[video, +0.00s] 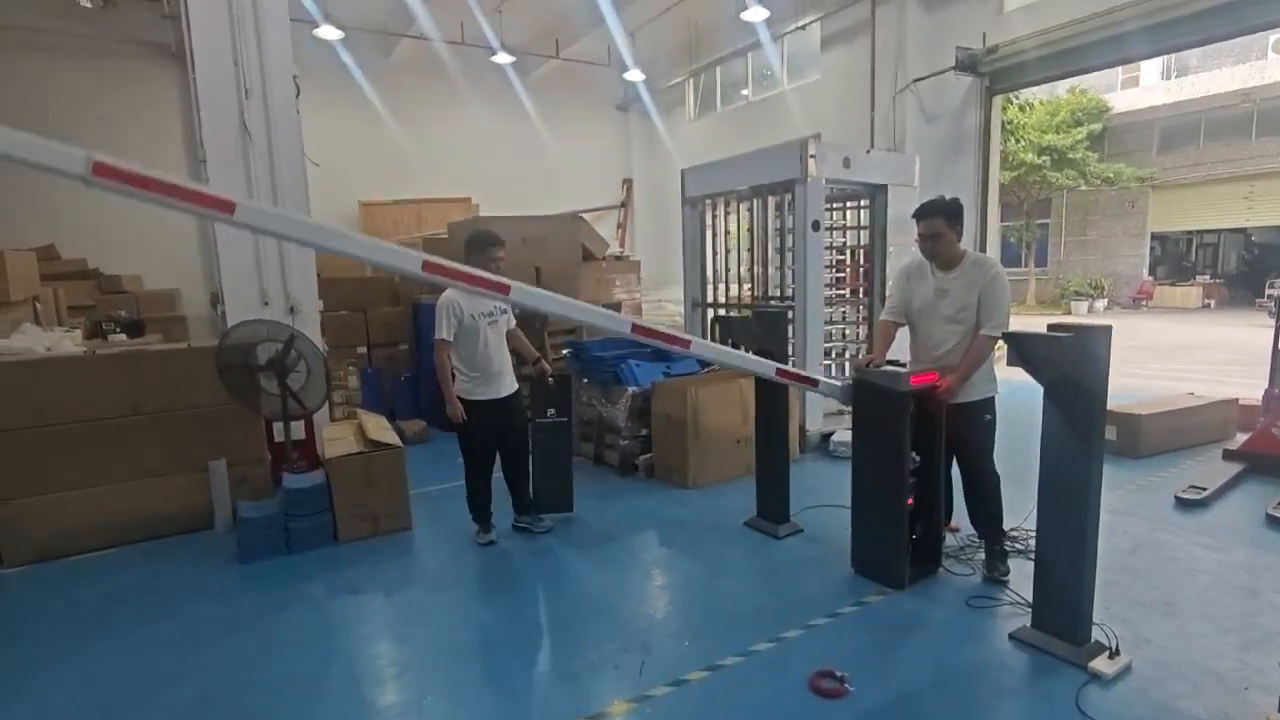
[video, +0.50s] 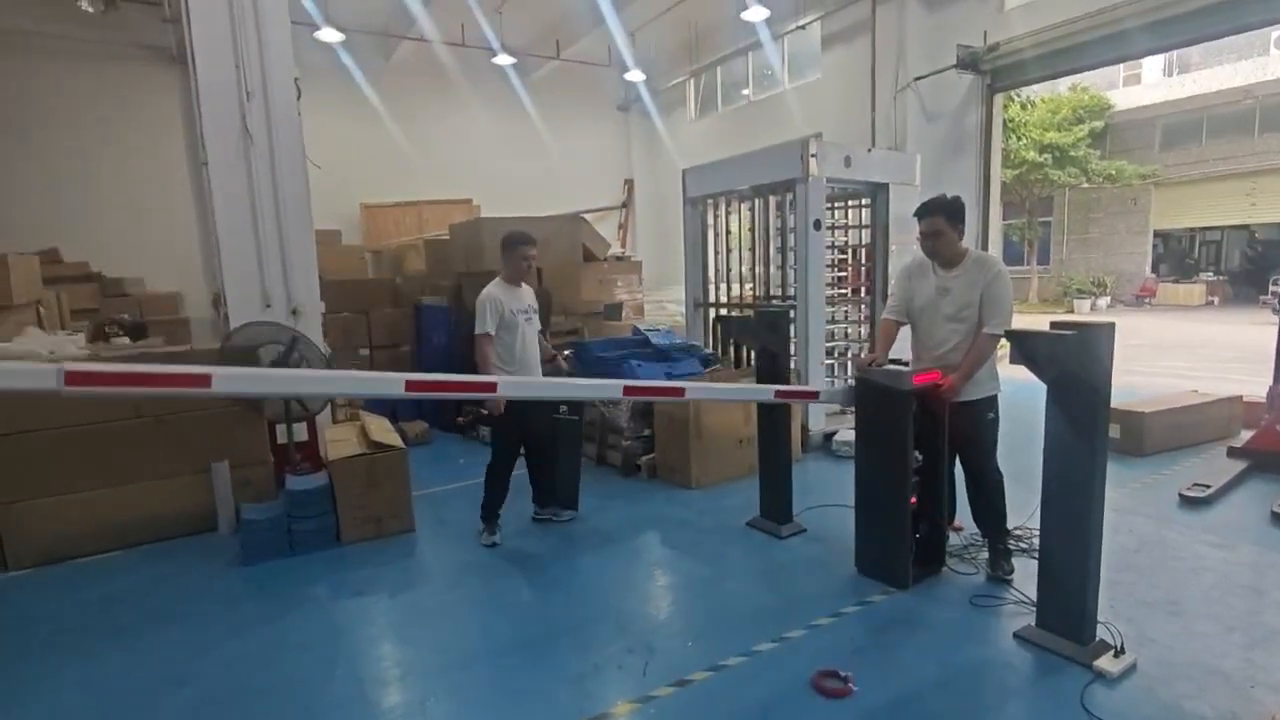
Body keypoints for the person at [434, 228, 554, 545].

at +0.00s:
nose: (501, 266)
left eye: (502, 260)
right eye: (495, 260)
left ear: (500, 260)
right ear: (475, 259)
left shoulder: (499, 293)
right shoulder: (452, 300)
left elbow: (512, 332)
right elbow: (441, 352)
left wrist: (536, 358)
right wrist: (450, 397)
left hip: (508, 395)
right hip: (473, 400)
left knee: (517, 459)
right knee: (479, 466)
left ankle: (523, 513)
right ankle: (483, 524)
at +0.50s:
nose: (532, 265)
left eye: (533, 259)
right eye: (526, 259)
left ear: (532, 260)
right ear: (507, 258)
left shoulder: (528, 292)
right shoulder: (490, 296)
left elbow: (533, 336)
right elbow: (483, 348)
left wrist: (551, 354)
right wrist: (492, 390)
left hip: (536, 388)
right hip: (507, 391)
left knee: (540, 450)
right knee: (503, 458)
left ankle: (543, 505)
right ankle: (490, 520)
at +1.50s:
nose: (584, 261)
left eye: (587, 255)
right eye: (578, 255)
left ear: (588, 255)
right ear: (559, 253)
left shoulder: (584, 288)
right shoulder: (540, 293)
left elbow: (596, 330)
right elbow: (531, 342)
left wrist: (616, 358)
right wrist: (543, 386)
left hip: (592, 386)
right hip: (561, 390)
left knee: (601, 445)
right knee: (568, 452)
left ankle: (575, 494)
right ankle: (578, 513)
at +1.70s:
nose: (596, 261)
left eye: (598, 255)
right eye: (591, 255)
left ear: (596, 254)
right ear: (570, 252)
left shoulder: (594, 285)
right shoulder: (551, 291)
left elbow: (603, 329)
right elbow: (542, 341)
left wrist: (617, 361)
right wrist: (558, 384)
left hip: (601, 386)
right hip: (569, 391)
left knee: (611, 450)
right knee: (571, 456)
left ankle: (616, 508)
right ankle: (578, 515)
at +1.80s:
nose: (603, 258)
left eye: (605, 252)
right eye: (597, 252)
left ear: (602, 252)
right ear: (577, 251)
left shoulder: (600, 285)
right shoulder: (556, 291)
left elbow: (605, 332)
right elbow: (548, 340)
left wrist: (617, 362)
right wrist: (565, 383)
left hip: (607, 386)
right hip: (576, 390)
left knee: (615, 450)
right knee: (576, 456)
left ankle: (616, 509)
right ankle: (579, 515)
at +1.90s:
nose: (607, 257)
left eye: (609, 251)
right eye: (601, 251)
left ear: (608, 251)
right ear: (582, 250)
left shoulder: (605, 285)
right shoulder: (562, 289)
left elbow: (607, 333)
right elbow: (553, 339)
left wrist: (616, 368)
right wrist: (571, 383)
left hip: (612, 386)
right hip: (582, 390)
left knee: (618, 451)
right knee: (581, 455)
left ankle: (617, 509)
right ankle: (579, 514)